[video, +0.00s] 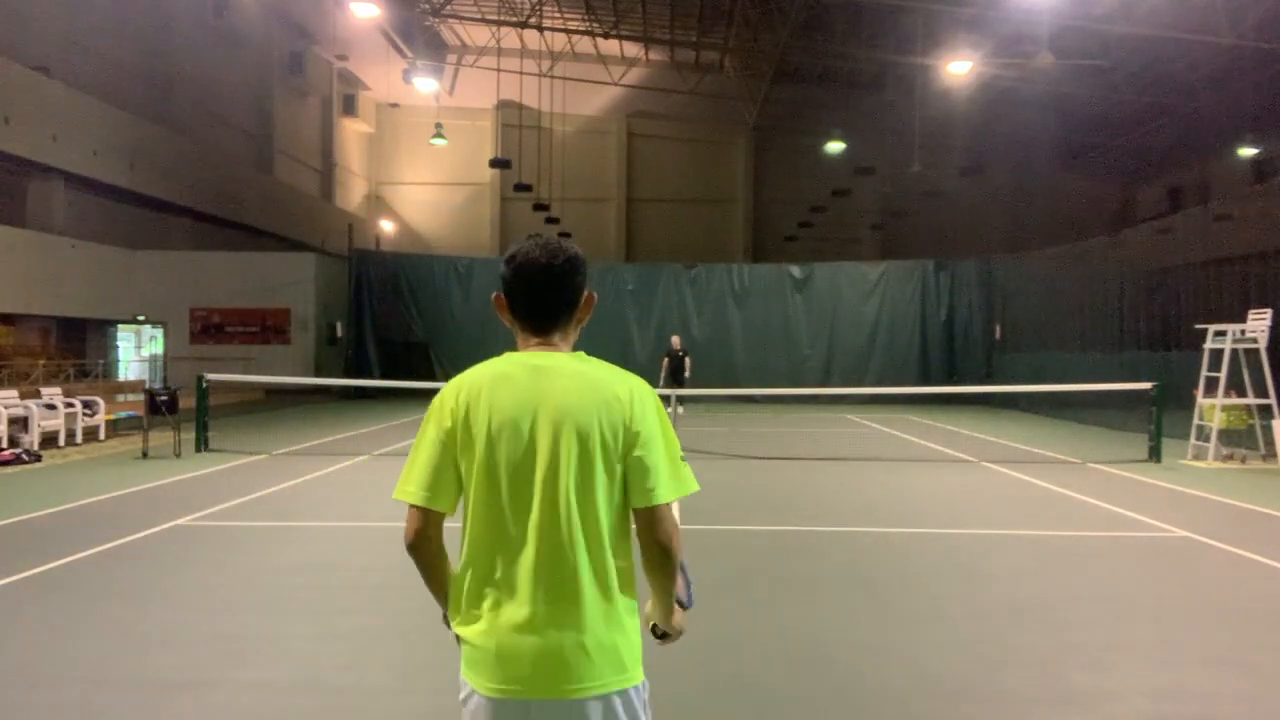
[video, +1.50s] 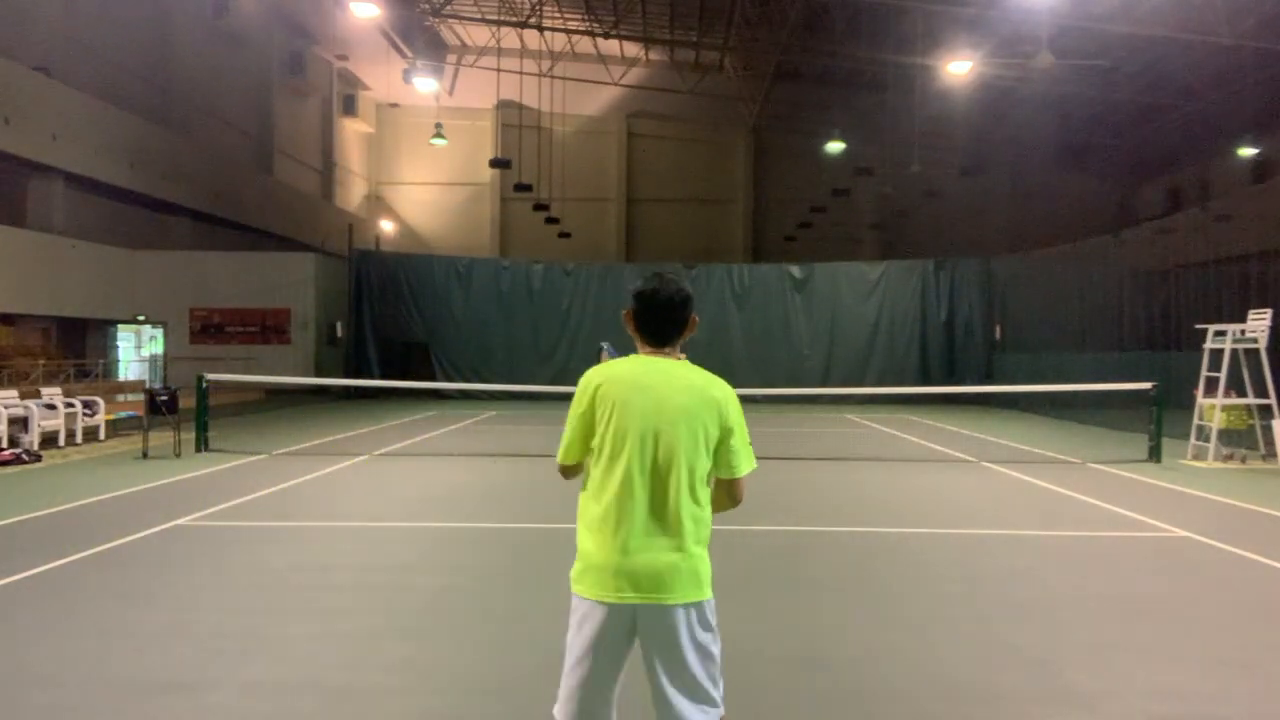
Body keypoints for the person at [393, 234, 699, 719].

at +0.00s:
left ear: (502, 308)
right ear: (587, 306)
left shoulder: (463, 394)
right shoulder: (628, 395)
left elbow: (419, 533)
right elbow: (660, 530)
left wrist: (455, 607)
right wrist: (664, 610)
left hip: (496, 664)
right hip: (600, 665)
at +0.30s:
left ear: (549, 317)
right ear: (626, 320)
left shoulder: (509, 396)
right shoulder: (661, 406)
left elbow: (465, 519)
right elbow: (687, 531)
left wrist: (480, 596)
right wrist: (668, 583)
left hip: (524, 651)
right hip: (623, 654)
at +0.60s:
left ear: (601, 311)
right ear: (673, 315)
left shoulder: (569, 381)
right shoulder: (702, 396)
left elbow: (526, 488)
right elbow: (725, 517)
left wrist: (526, 563)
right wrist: (682, 561)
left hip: (569, 610)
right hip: (659, 616)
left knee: (532, 714)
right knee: (656, 714)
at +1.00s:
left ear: (589, 320)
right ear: (653, 322)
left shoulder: (565, 388)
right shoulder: (688, 393)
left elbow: (525, 487)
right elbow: (716, 500)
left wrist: (517, 526)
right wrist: (680, 540)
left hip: (580, 607)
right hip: (664, 607)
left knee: (569, 714)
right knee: (664, 715)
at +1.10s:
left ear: (584, 319)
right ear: (647, 320)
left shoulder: (559, 387)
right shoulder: (683, 391)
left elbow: (510, 482)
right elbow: (709, 494)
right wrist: (675, 530)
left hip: (578, 592)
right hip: (660, 592)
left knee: (566, 711)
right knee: (670, 712)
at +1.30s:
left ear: (591, 317)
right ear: (654, 319)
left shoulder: (565, 377)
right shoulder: (686, 386)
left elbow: (535, 423)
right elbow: (710, 488)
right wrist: (663, 511)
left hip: (582, 578)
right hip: (661, 580)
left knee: (573, 709)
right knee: (684, 708)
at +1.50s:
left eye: (630, 314)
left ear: (629, 322)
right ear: (691, 325)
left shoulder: (599, 380)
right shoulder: (716, 392)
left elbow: (569, 466)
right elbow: (731, 493)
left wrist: (597, 380)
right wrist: (678, 497)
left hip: (602, 575)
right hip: (680, 579)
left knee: (579, 703)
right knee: (695, 705)